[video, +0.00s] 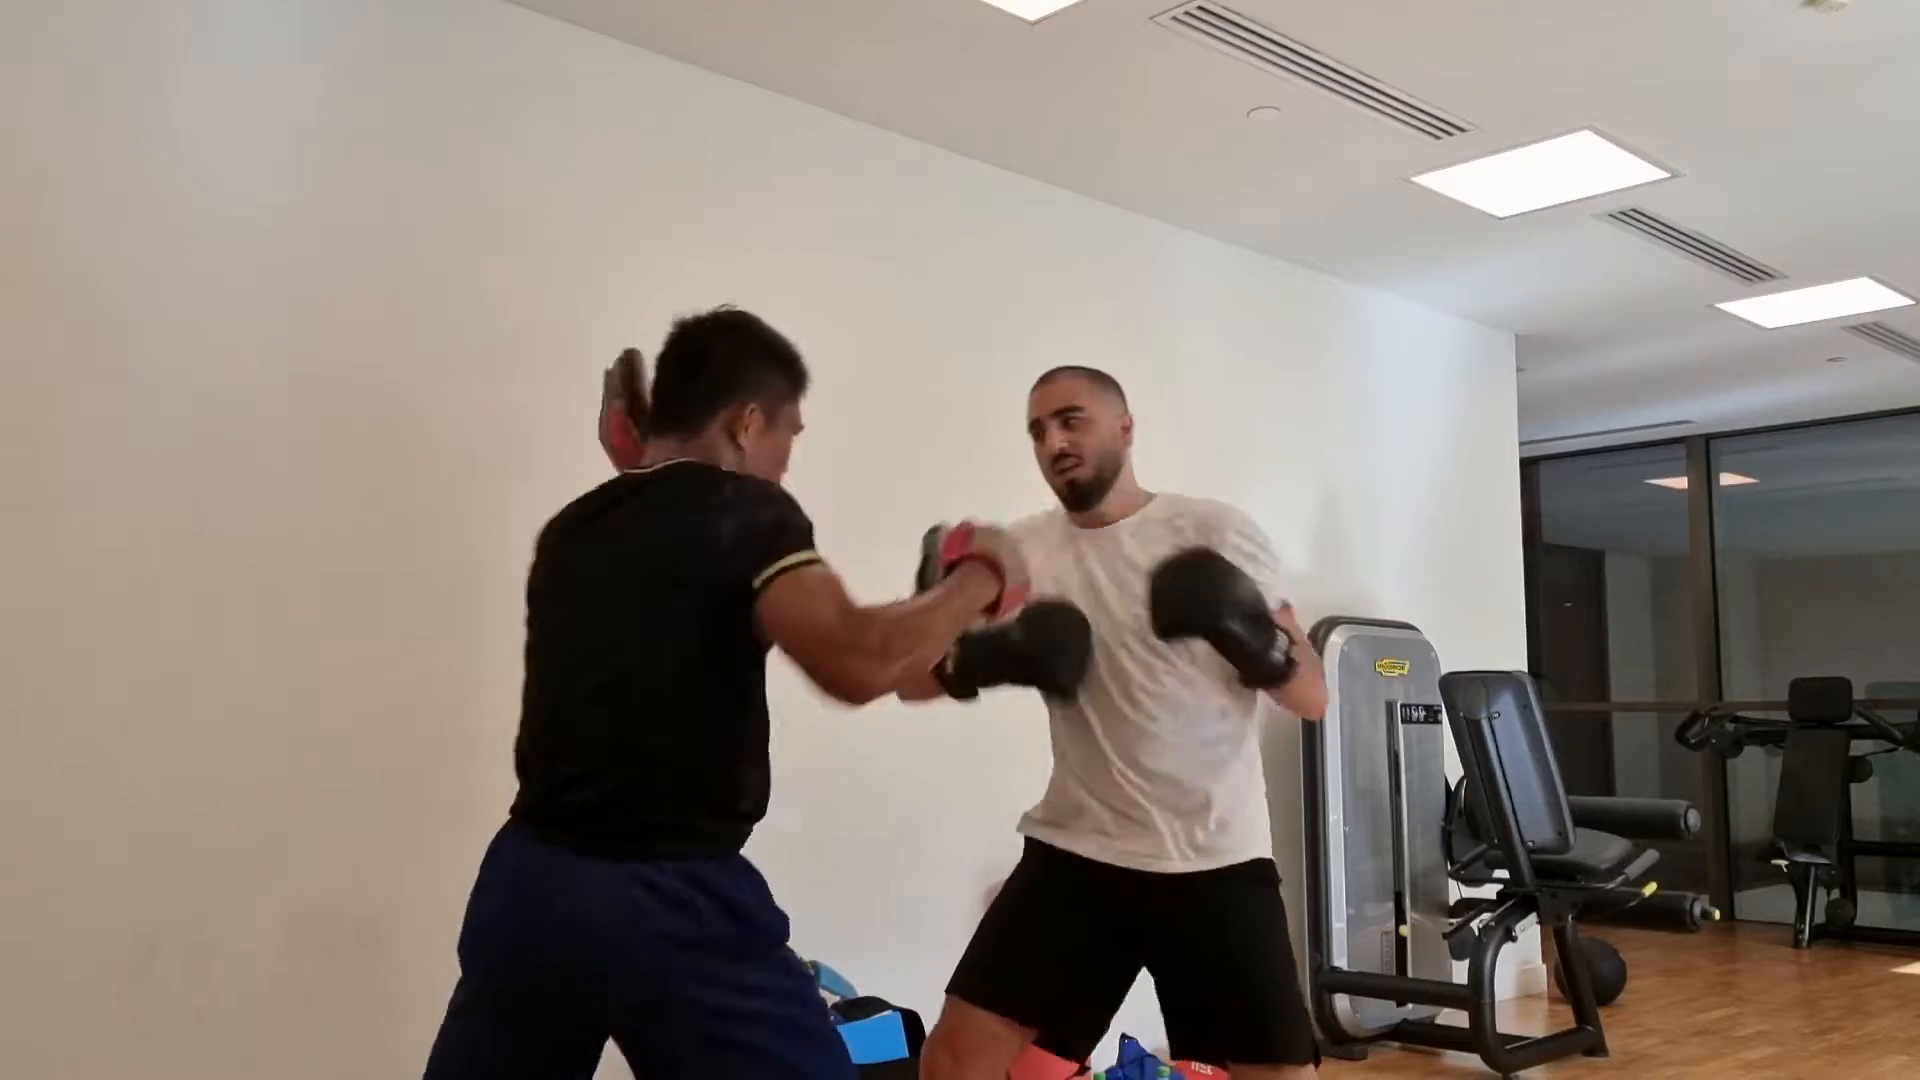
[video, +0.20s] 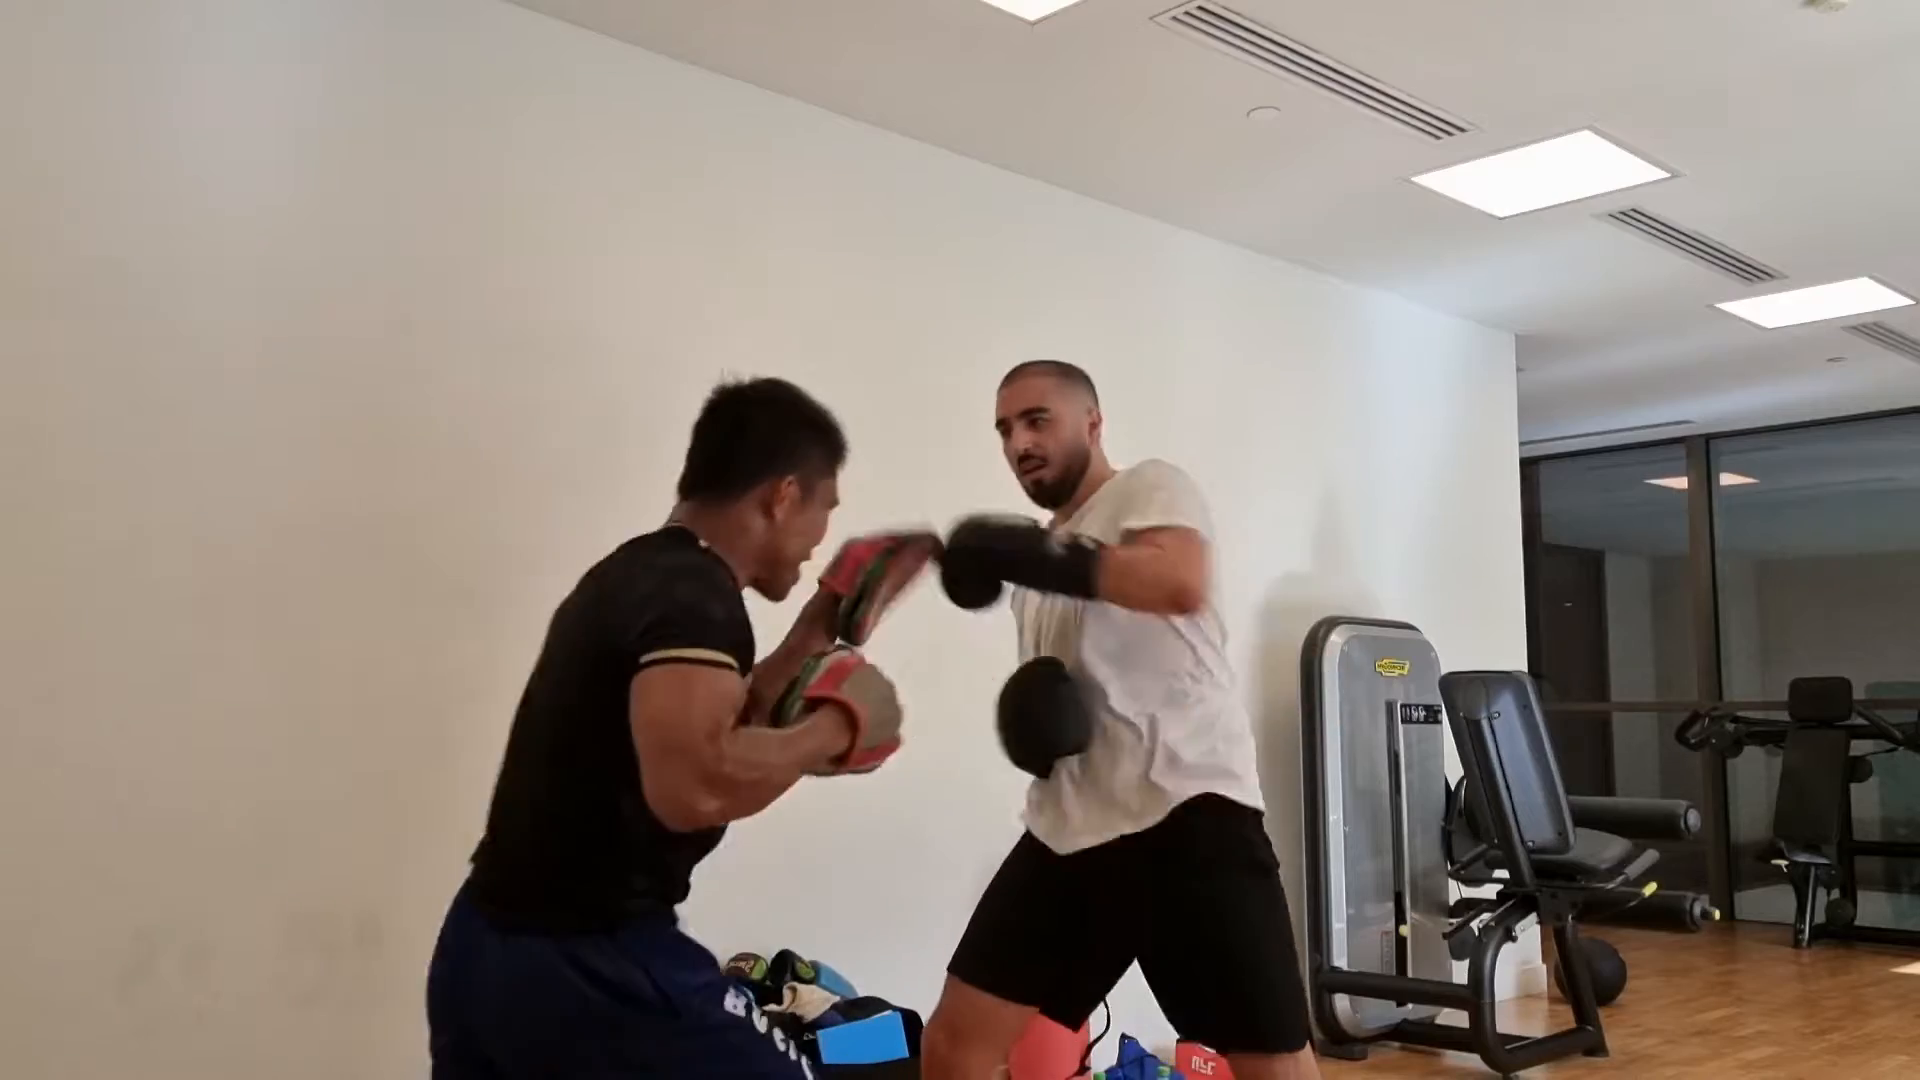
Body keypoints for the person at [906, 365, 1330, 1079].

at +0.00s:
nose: (1053, 441)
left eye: (1071, 419)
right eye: (1038, 430)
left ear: (1124, 425)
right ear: (1033, 452)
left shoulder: (1218, 533)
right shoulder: (1018, 551)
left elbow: (1313, 696)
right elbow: (908, 677)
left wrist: (1246, 629)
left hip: (1219, 867)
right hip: (1076, 860)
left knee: (1280, 1071)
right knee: (956, 1062)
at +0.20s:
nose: (1019, 443)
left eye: (1037, 420)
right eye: (1006, 430)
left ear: (1093, 424)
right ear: (1001, 446)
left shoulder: (1152, 485)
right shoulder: (1036, 561)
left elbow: (1180, 580)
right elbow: (1047, 690)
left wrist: (1042, 563)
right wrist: (1033, 717)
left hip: (1191, 821)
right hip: (1068, 838)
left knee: (1275, 1065)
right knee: (956, 1047)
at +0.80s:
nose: (1035, 451)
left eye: (1056, 427)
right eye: (1025, 431)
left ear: (1118, 427)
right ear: (1016, 434)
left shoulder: (1168, 548)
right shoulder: (1037, 534)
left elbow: (1131, 735)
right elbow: (1055, 677)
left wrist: (1005, 661)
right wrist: (960, 696)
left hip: (1162, 863)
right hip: (1032, 857)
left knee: (1236, 1071)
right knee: (917, 1055)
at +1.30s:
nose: (1071, 419)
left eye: (1092, 398)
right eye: (1054, 404)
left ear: (1138, 411)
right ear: (1041, 423)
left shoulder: (1212, 526)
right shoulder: (998, 548)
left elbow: (1280, 692)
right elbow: (983, 719)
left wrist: (1169, 663)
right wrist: (1067, 786)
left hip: (1198, 853)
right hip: (1044, 856)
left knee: (1277, 1063)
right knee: (948, 1061)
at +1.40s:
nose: (1143, 431)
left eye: (1165, 412)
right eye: (1123, 414)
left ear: (1202, 434)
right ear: (1103, 436)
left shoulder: (1237, 561)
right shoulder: (1056, 537)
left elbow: (1270, 737)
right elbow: (995, 711)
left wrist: (1225, 707)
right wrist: (1104, 794)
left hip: (1204, 865)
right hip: (1056, 866)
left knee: (1298, 1066)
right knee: (966, 1070)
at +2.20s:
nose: (1002, 698)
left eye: (1018, 666)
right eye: (981, 675)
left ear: (1074, 638)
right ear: (968, 666)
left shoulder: (1178, 708)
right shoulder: (954, 719)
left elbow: (1252, 830)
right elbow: (972, 829)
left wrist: (1155, 861)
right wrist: (990, 916)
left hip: (1180, 899)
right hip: (1037, 900)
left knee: (1238, 1073)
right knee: (920, 1064)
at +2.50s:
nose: (936, 557)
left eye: (950, 531)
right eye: (930, 537)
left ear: (1019, 524)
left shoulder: (1126, 600)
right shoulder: (996, 643)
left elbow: (1283, 701)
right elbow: (1041, 744)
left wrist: (1163, 761)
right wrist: (948, 826)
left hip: (1205, 908)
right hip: (1068, 908)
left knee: (1232, 1070)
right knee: (936, 1070)